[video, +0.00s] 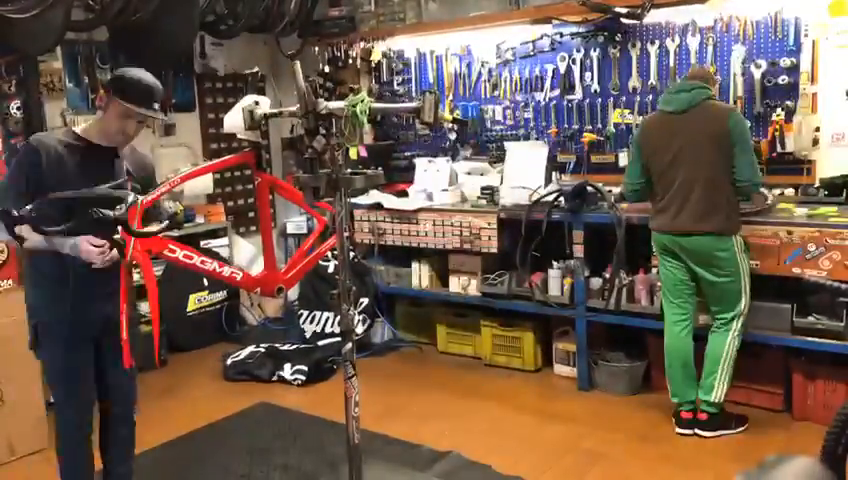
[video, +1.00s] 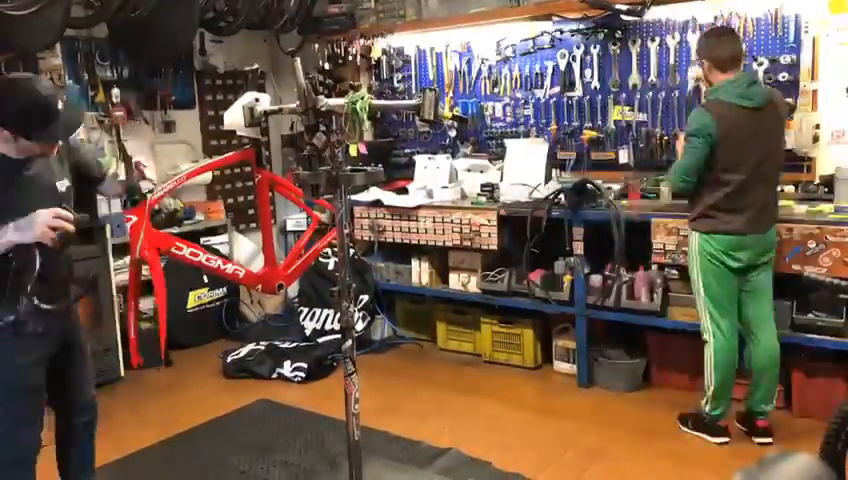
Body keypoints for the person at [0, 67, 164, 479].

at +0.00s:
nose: (136, 129)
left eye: (143, 120)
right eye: (131, 117)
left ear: (146, 118)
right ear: (104, 102)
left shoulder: (138, 164)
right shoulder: (41, 151)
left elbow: (155, 227)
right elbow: (13, 228)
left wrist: (125, 246)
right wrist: (72, 245)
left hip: (116, 307)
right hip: (60, 309)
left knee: (122, 408)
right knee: (74, 413)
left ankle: (119, 473)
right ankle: (77, 475)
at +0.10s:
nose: (89, 214)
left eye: (94, 211)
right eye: (90, 202)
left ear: (85, 215)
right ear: (72, 188)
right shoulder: (9, 205)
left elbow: (64, 314)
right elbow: (1, 181)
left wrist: (90, 321)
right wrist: (38, 190)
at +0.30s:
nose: (26, 147)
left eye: (35, 137)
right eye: (18, 139)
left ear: (50, 124)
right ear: (3, 130)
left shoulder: (81, 148)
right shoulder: (4, 160)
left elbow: (111, 218)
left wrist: (77, 212)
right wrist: (4, 233)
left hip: (84, 305)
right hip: (21, 311)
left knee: (118, 401)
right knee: (39, 422)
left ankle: (122, 474)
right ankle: (47, 477)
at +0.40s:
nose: (73, 132)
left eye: (76, 120)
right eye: (62, 123)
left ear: (80, 111)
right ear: (29, 115)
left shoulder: (83, 158)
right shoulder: (6, 164)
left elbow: (98, 219)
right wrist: (2, 258)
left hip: (76, 312)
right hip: (20, 319)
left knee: (118, 405)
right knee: (39, 427)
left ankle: (122, 473)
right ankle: (46, 476)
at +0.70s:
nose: (70, 122)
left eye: (73, 110)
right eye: (58, 112)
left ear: (77, 106)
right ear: (19, 105)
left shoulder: (81, 153)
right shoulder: (5, 160)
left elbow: (121, 195)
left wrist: (146, 196)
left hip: (80, 310)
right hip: (21, 315)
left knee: (121, 405)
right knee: (43, 426)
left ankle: (123, 473)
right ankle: (49, 476)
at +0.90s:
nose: (10, 107)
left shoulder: (22, 149)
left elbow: (76, 106)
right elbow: (3, 330)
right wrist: (71, 327)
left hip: (66, 301)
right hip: (16, 321)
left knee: (99, 381)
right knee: (27, 427)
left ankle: (112, 463)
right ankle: (32, 475)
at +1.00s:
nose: (54, 147)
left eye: (56, 136)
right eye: (44, 141)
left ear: (57, 122)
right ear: (10, 136)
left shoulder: (55, 153)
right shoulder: (4, 170)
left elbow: (101, 184)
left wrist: (122, 182)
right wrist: (21, 230)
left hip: (60, 311)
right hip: (14, 322)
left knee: (80, 415)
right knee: (19, 444)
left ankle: (80, 474)